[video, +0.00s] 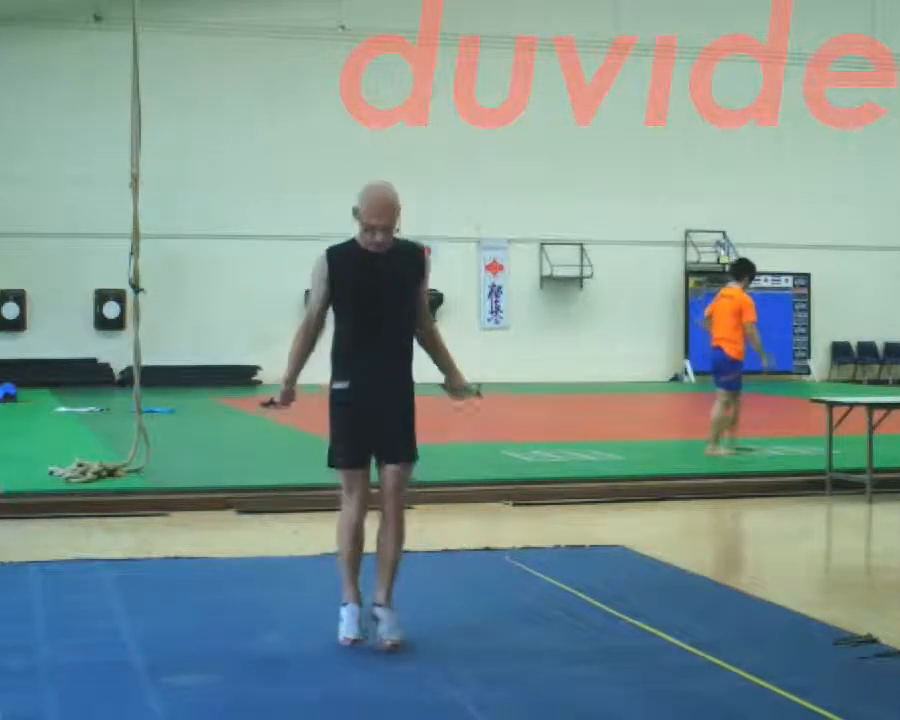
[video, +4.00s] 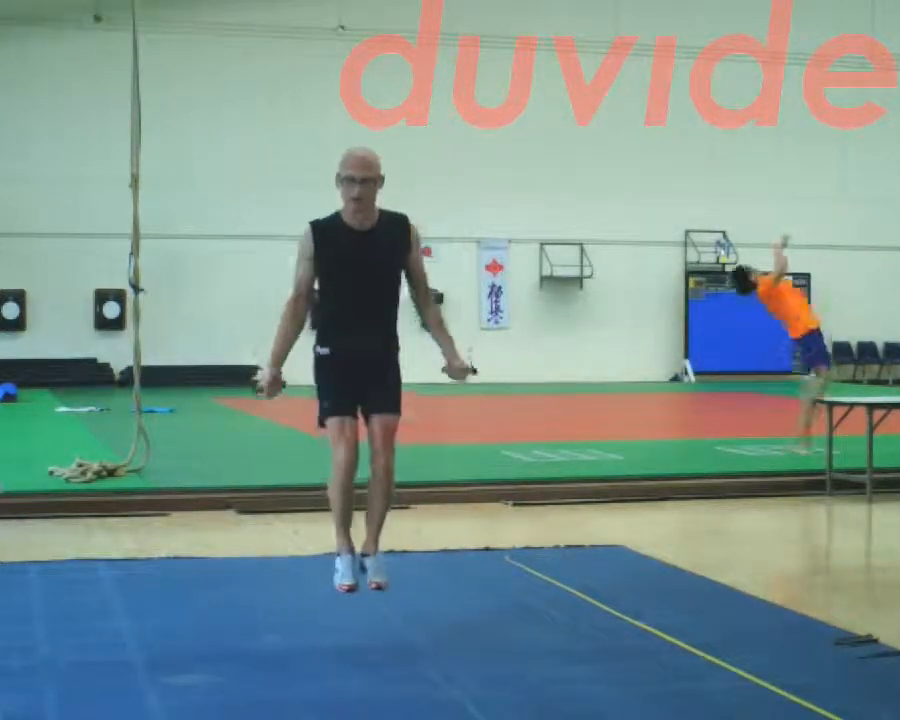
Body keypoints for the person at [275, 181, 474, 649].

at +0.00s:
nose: (379, 238)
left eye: (387, 230)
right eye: (371, 229)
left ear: (398, 220)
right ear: (357, 217)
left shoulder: (414, 258)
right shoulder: (333, 261)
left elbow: (424, 326)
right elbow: (311, 326)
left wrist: (453, 376)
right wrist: (289, 382)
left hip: (395, 391)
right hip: (352, 392)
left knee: (392, 498)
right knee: (358, 497)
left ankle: (377, 605)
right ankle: (354, 603)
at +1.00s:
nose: (375, 206)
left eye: (383, 197)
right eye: (367, 198)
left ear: (393, 195)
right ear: (351, 196)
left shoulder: (413, 242)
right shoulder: (332, 243)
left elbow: (428, 309)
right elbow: (314, 312)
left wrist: (453, 358)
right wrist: (294, 366)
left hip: (395, 372)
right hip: (349, 372)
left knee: (394, 474)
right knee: (353, 474)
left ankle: (386, 579)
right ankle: (352, 580)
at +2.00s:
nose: (377, 256)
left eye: (384, 248)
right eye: (369, 248)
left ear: (396, 251)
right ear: (355, 251)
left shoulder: (418, 303)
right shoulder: (336, 306)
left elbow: (433, 365)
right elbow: (320, 368)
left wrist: (465, 395)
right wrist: (301, 408)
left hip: (399, 420)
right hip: (354, 421)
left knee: (396, 521)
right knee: (366, 523)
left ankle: (389, 614)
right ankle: (363, 615)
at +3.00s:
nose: (369, 222)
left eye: (378, 213)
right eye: (361, 213)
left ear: (393, 215)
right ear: (350, 215)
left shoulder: (414, 263)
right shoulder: (331, 264)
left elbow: (427, 329)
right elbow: (311, 328)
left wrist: (462, 369)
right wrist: (289, 379)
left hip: (393, 388)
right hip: (345, 388)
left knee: (392, 496)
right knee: (357, 495)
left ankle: (385, 593)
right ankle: (354, 596)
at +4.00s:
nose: (357, 190)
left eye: (366, 182)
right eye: (349, 181)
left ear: (380, 184)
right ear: (337, 183)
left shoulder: (400, 229)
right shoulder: (317, 235)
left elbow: (423, 296)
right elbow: (298, 304)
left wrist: (450, 351)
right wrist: (273, 366)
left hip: (381, 355)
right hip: (334, 355)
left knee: (383, 452)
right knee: (345, 453)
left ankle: (372, 551)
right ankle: (344, 551)